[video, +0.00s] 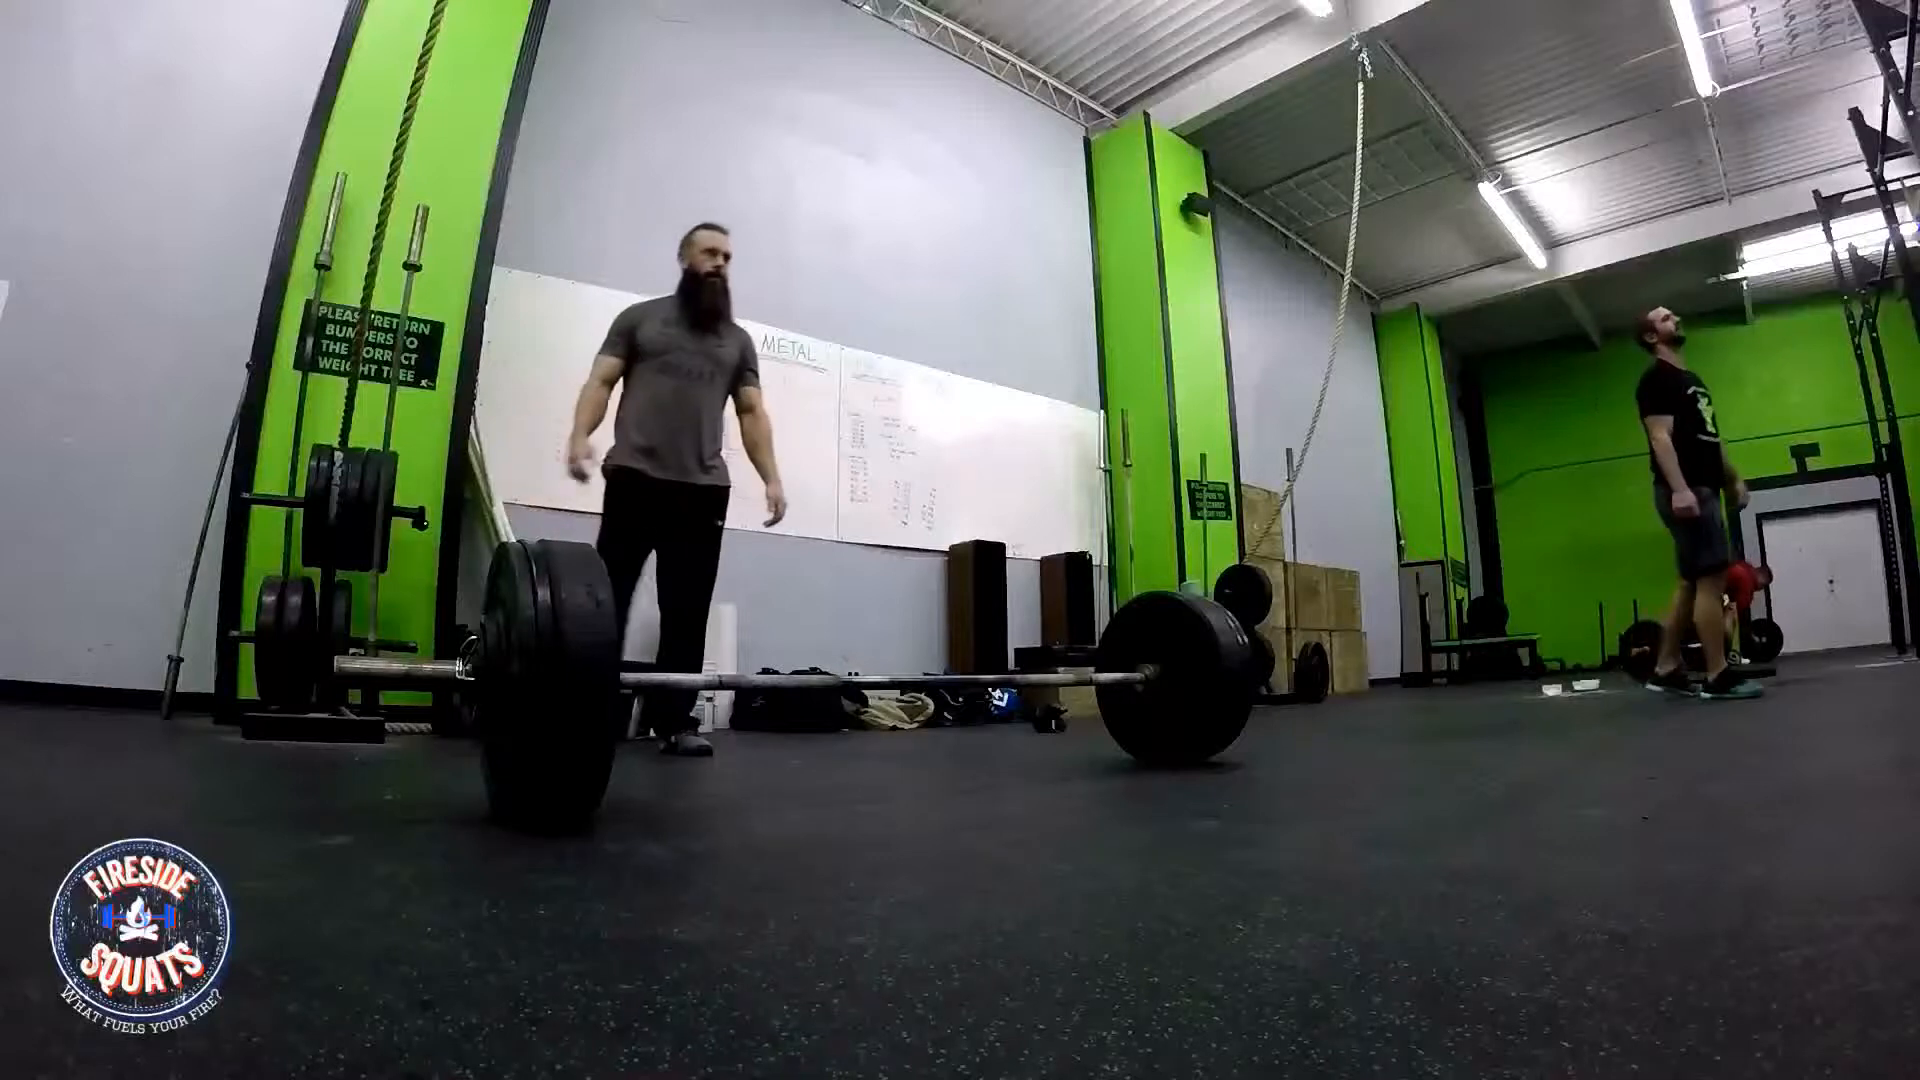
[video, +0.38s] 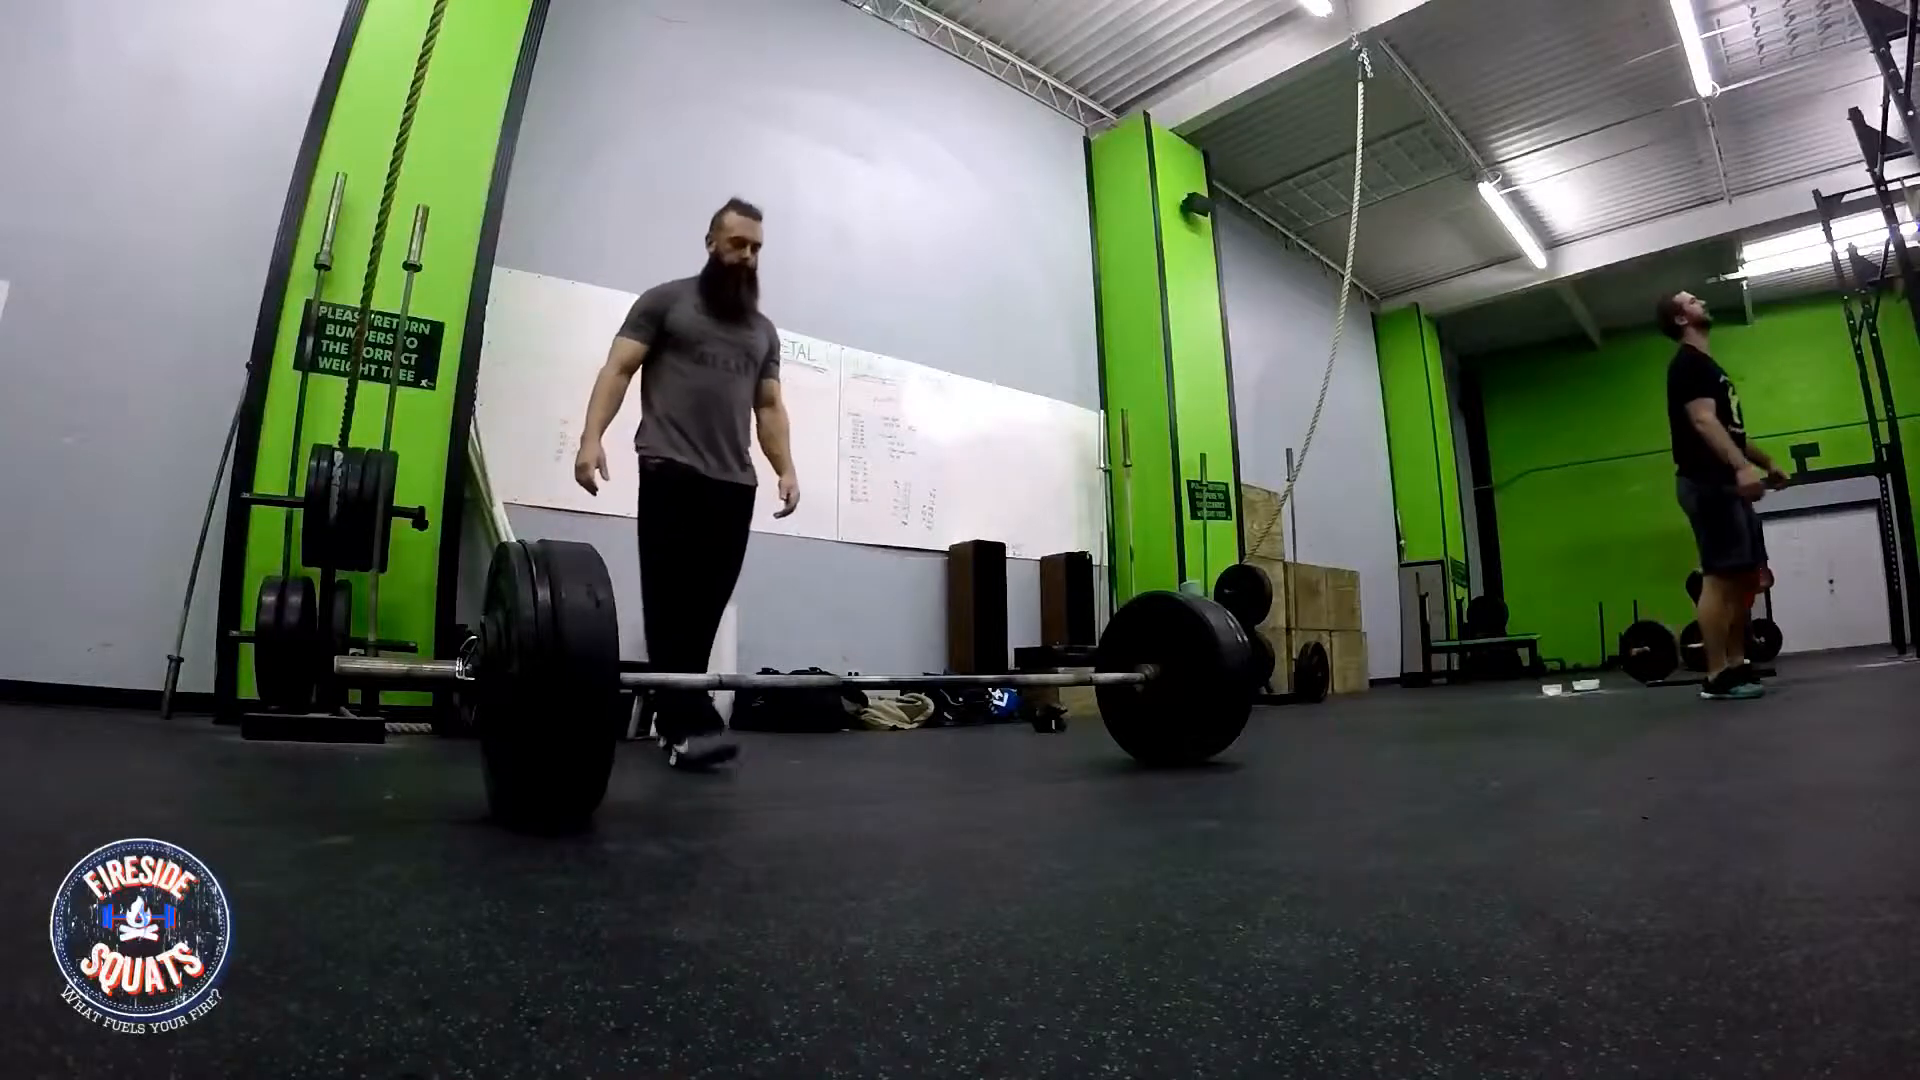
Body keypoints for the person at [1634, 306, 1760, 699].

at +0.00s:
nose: (1672, 317)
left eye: (1669, 314)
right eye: (1663, 317)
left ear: (1669, 332)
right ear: (1651, 335)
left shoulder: (1690, 378)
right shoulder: (1656, 379)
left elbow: (1708, 437)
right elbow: (1660, 437)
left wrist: (1732, 478)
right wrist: (1679, 488)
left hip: (1702, 488)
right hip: (1687, 490)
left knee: (1690, 580)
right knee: (1711, 577)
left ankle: (1667, 666)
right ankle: (1718, 674)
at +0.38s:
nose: (1699, 301)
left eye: (1694, 297)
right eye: (1690, 299)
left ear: (1688, 318)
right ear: (1682, 317)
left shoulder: (1708, 365)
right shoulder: (1689, 363)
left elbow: (1731, 432)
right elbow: (1702, 420)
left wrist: (1766, 463)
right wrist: (1740, 465)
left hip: (1724, 481)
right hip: (1705, 482)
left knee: (1743, 572)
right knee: (1719, 575)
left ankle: (1734, 664)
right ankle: (1717, 674)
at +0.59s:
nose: (1719, 300)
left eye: (1713, 295)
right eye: (1710, 297)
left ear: (1702, 316)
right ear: (1699, 314)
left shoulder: (1718, 360)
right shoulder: (1706, 360)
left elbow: (1731, 425)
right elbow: (1728, 419)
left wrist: (1758, 473)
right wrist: (1773, 461)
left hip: (1739, 481)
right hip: (1721, 483)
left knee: (1768, 570)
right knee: (1726, 575)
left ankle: (1796, 657)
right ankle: (1719, 671)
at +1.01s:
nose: (1769, 303)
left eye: (1765, 298)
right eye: (1761, 300)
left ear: (1751, 315)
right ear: (1748, 313)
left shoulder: (1762, 356)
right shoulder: (1757, 355)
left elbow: (1770, 414)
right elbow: (1769, 406)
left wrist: (1797, 462)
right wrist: (1802, 454)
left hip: (1787, 472)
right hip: (1775, 473)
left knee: (1808, 568)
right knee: (1784, 563)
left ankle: (1819, 664)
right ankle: (1733, 657)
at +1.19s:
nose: (1790, 302)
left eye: (1788, 298)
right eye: (1782, 299)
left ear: (1775, 313)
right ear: (1765, 313)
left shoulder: (1785, 357)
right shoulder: (1771, 352)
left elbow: (1803, 427)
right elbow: (1792, 397)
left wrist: (1838, 473)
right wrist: (1844, 403)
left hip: (1804, 472)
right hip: (1796, 473)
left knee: (1816, 566)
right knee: (1833, 555)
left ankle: (1819, 662)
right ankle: (1778, 641)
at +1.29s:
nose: (1799, 303)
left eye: (1797, 298)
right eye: (1790, 300)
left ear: (1788, 312)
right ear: (1773, 313)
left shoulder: (1794, 356)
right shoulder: (1778, 351)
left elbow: (1816, 429)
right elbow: (1802, 392)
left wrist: (1853, 469)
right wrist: (1854, 388)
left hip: (1807, 472)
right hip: (1807, 472)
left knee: (1815, 566)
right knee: (1846, 555)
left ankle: (1819, 662)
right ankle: (1824, 659)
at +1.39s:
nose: (1809, 302)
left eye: (1807, 297)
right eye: (1801, 299)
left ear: (1792, 311)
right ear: (1783, 311)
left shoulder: (1801, 356)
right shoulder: (1787, 351)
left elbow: (1822, 433)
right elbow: (1812, 393)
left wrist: (1866, 466)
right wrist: (1865, 391)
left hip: (1813, 473)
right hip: (1817, 472)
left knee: (1821, 568)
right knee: (1857, 556)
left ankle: (1819, 664)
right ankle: (1867, 658)